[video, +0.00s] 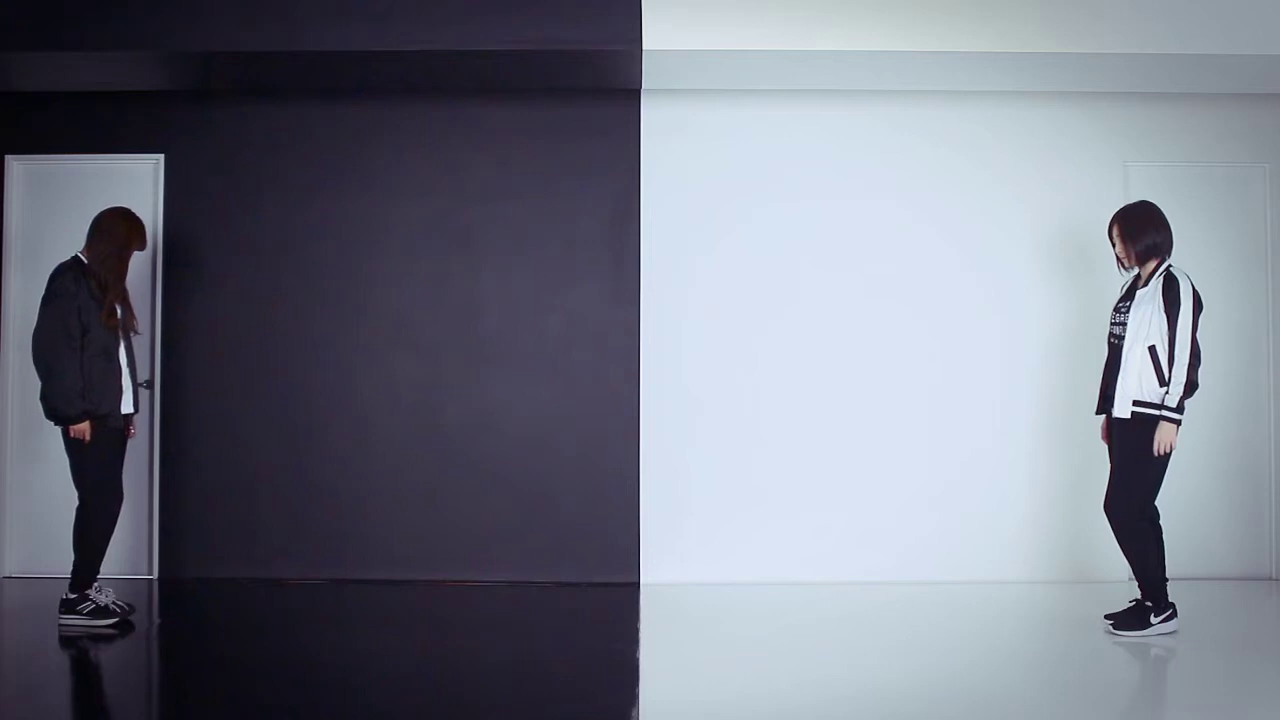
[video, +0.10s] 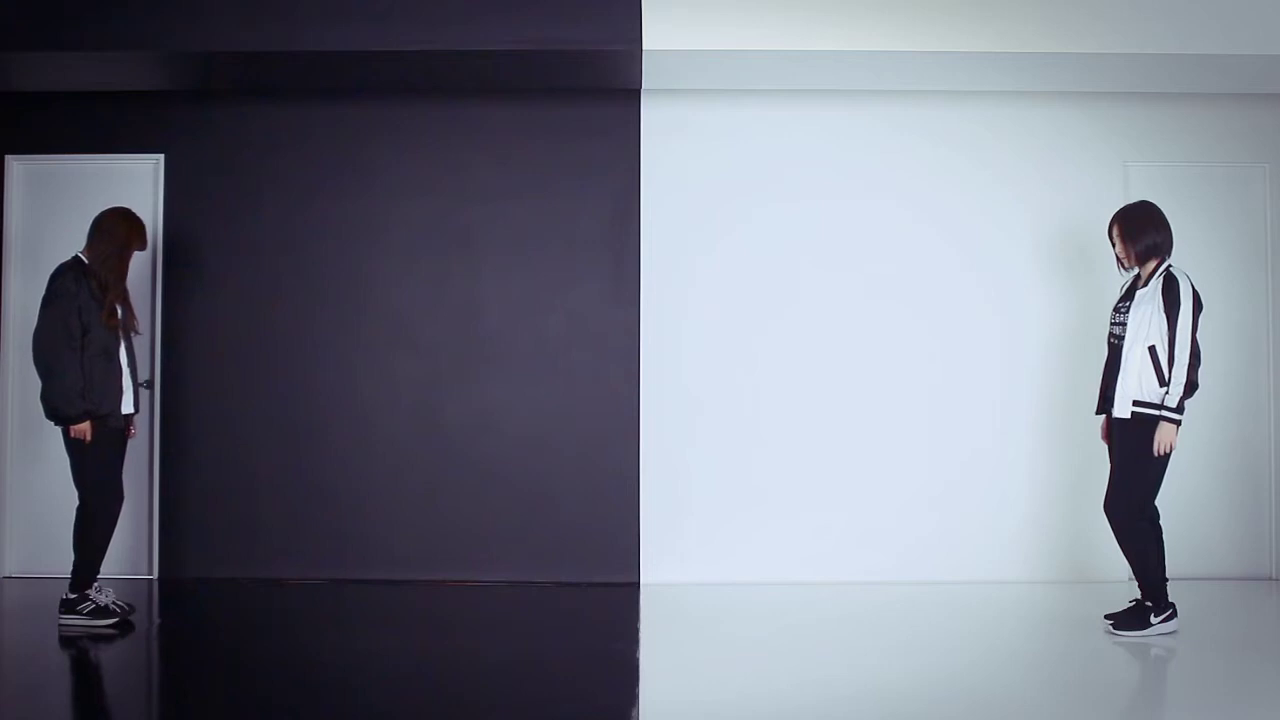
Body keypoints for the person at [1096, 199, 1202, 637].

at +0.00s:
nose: (1116, 250)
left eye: (1120, 241)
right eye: (1114, 242)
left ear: (1143, 236)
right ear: (1127, 240)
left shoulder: (1176, 284)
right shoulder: (1132, 287)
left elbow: (1185, 357)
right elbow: (1119, 355)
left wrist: (1171, 417)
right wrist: (1108, 411)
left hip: (1150, 418)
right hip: (1124, 416)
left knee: (1122, 506)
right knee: (1136, 507)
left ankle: (1157, 603)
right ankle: (1153, 600)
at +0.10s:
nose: (1116, 250)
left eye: (1120, 241)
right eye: (1114, 242)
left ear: (1144, 236)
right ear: (1127, 240)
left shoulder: (1175, 284)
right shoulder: (1132, 287)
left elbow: (1185, 357)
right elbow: (1119, 355)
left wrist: (1171, 417)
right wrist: (1108, 411)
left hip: (1150, 418)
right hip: (1125, 416)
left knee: (1122, 506)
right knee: (1136, 507)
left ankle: (1157, 603)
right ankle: (1153, 600)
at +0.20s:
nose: (1116, 250)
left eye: (1120, 241)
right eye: (1113, 242)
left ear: (1144, 236)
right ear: (1126, 240)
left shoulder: (1175, 283)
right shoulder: (1132, 287)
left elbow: (1185, 356)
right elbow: (1119, 355)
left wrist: (1171, 417)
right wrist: (1108, 411)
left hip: (1150, 417)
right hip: (1125, 416)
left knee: (1122, 506)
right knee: (1136, 507)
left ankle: (1157, 603)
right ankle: (1153, 600)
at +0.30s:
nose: (1116, 250)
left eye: (1120, 241)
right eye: (1113, 242)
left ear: (1143, 237)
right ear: (1127, 240)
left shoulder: (1174, 283)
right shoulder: (1132, 287)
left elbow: (1185, 356)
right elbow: (1118, 355)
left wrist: (1170, 417)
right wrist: (1108, 411)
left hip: (1150, 417)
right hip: (1125, 416)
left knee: (1122, 506)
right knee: (1136, 507)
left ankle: (1157, 603)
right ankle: (1153, 600)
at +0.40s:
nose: (1115, 249)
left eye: (1120, 240)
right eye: (1113, 242)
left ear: (1143, 236)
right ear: (1125, 240)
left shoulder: (1175, 283)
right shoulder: (1131, 287)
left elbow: (1185, 356)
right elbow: (1118, 354)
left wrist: (1171, 417)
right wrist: (1108, 410)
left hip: (1150, 418)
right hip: (1124, 416)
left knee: (1121, 506)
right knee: (1137, 507)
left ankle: (1157, 603)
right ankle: (1153, 601)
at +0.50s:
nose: (1115, 250)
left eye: (1119, 241)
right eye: (1113, 242)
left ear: (1143, 236)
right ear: (1124, 241)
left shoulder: (1175, 284)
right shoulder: (1130, 287)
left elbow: (1185, 356)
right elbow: (1118, 355)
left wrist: (1171, 417)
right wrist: (1107, 411)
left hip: (1150, 417)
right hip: (1124, 416)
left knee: (1122, 506)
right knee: (1135, 507)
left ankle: (1157, 603)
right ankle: (1152, 600)